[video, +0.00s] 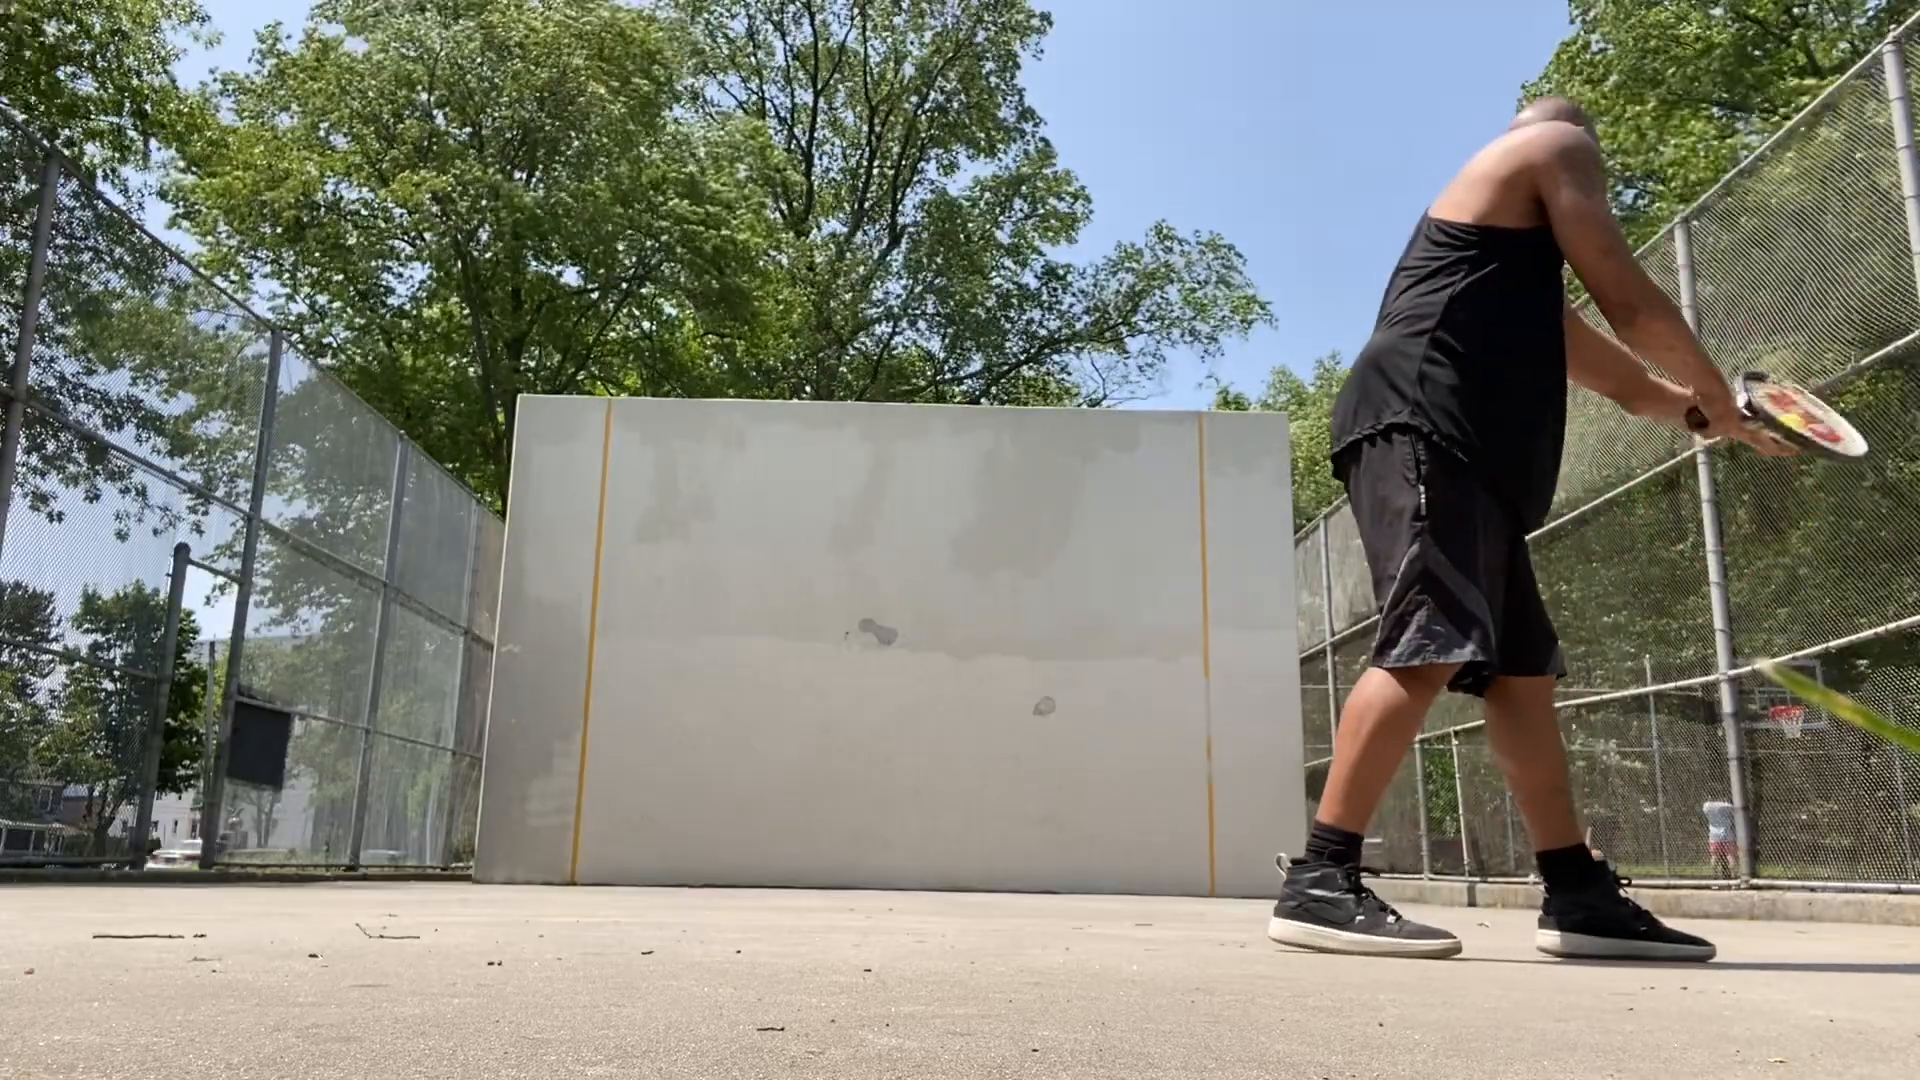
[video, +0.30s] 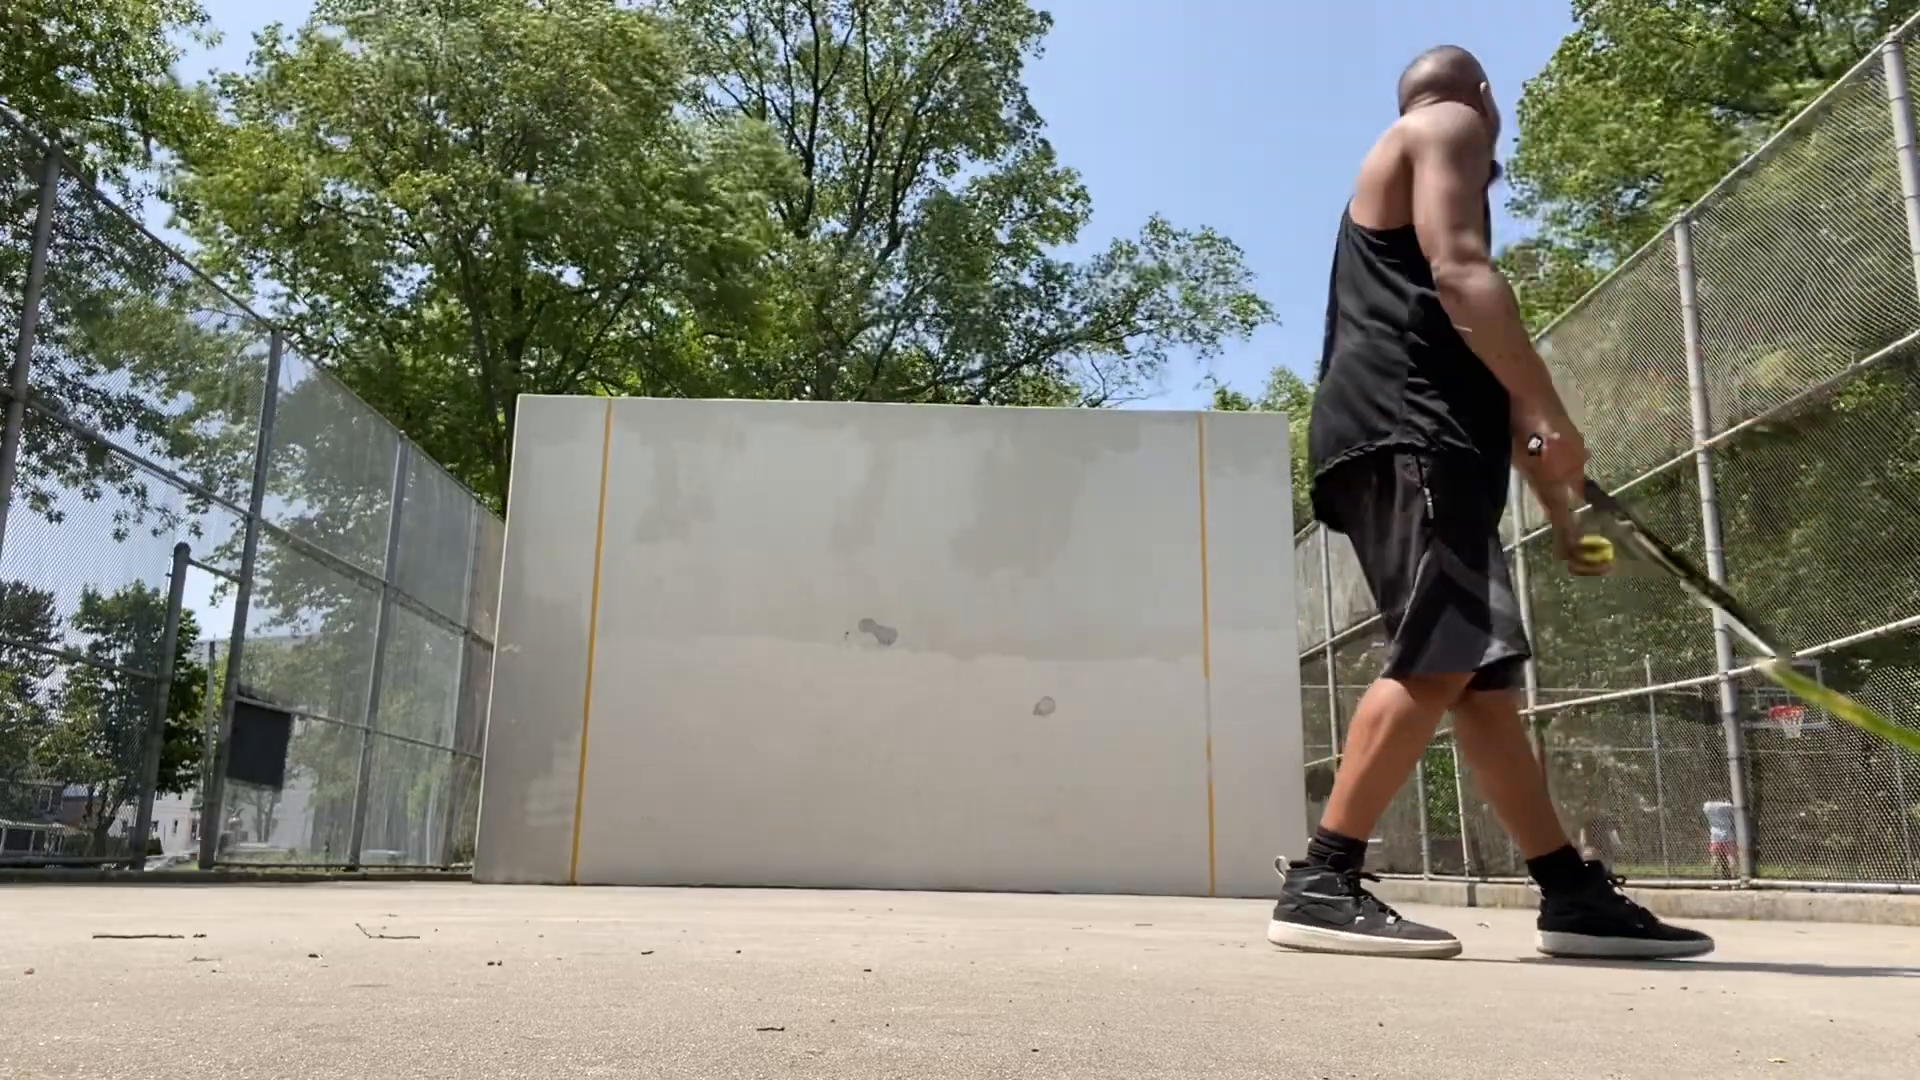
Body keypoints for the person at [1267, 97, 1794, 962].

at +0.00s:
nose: (1595, 165)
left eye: (1591, 157)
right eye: (1589, 148)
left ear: (1525, 135)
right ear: (1571, 131)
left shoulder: (1506, 247)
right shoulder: (1552, 142)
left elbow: (1618, 379)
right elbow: (1624, 296)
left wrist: (1693, 414)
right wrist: (1715, 394)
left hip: (1466, 451)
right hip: (1416, 422)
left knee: (1520, 665)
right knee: (1428, 637)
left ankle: (1578, 894)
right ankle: (1322, 878)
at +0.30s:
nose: (1498, 138)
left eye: (1496, 123)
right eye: (1494, 117)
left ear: (1413, 101)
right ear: (1474, 93)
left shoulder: (1398, 170)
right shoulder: (1447, 123)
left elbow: (1462, 359)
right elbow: (1459, 269)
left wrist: (1543, 469)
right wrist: (1544, 406)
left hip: (1415, 443)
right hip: (1408, 432)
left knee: (1486, 672)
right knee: (1443, 646)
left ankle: (1572, 894)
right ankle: (1323, 878)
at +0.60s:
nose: (1461, 88)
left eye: (1453, 78)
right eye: (1455, 74)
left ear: (1373, 83)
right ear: (1440, 69)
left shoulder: (1405, 165)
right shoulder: (1396, 111)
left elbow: (1468, 350)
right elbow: (1421, 148)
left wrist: (1521, 469)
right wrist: (1456, 160)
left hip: (1447, 452)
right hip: (1407, 441)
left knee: (1500, 669)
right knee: (1413, 646)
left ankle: (1569, 893)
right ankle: (1319, 881)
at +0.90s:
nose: (1520, 123)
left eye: (1516, 110)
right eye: (1504, 107)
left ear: (1436, 120)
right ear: (1464, 114)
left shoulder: (1465, 197)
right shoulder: (1461, 169)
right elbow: (1483, 55)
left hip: (1495, 468)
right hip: (1473, 457)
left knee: (1579, 661)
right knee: (1433, 646)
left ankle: (1574, 890)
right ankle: (1327, 871)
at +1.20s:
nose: (1587, 115)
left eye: (1579, 101)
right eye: (1572, 105)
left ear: (1503, 153)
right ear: (1558, 135)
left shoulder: (1513, 227)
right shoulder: (1561, 198)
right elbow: (1588, 179)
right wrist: (1589, 39)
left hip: (1531, 472)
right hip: (1615, 455)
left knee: (1593, 684)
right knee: (1719, 657)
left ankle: (1582, 901)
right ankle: (1583, 798)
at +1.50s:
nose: (1619, 182)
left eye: (1608, 176)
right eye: (1609, 177)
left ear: (1550, 220)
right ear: (1601, 189)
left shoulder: (1547, 307)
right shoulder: (1667, 224)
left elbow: (1481, 418)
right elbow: (1810, 163)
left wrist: (1446, 545)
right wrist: (1695, 102)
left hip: (1654, 504)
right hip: (1764, 477)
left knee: (1671, 686)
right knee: (1839, 678)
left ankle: (1613, 846)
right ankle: (1863, 903)